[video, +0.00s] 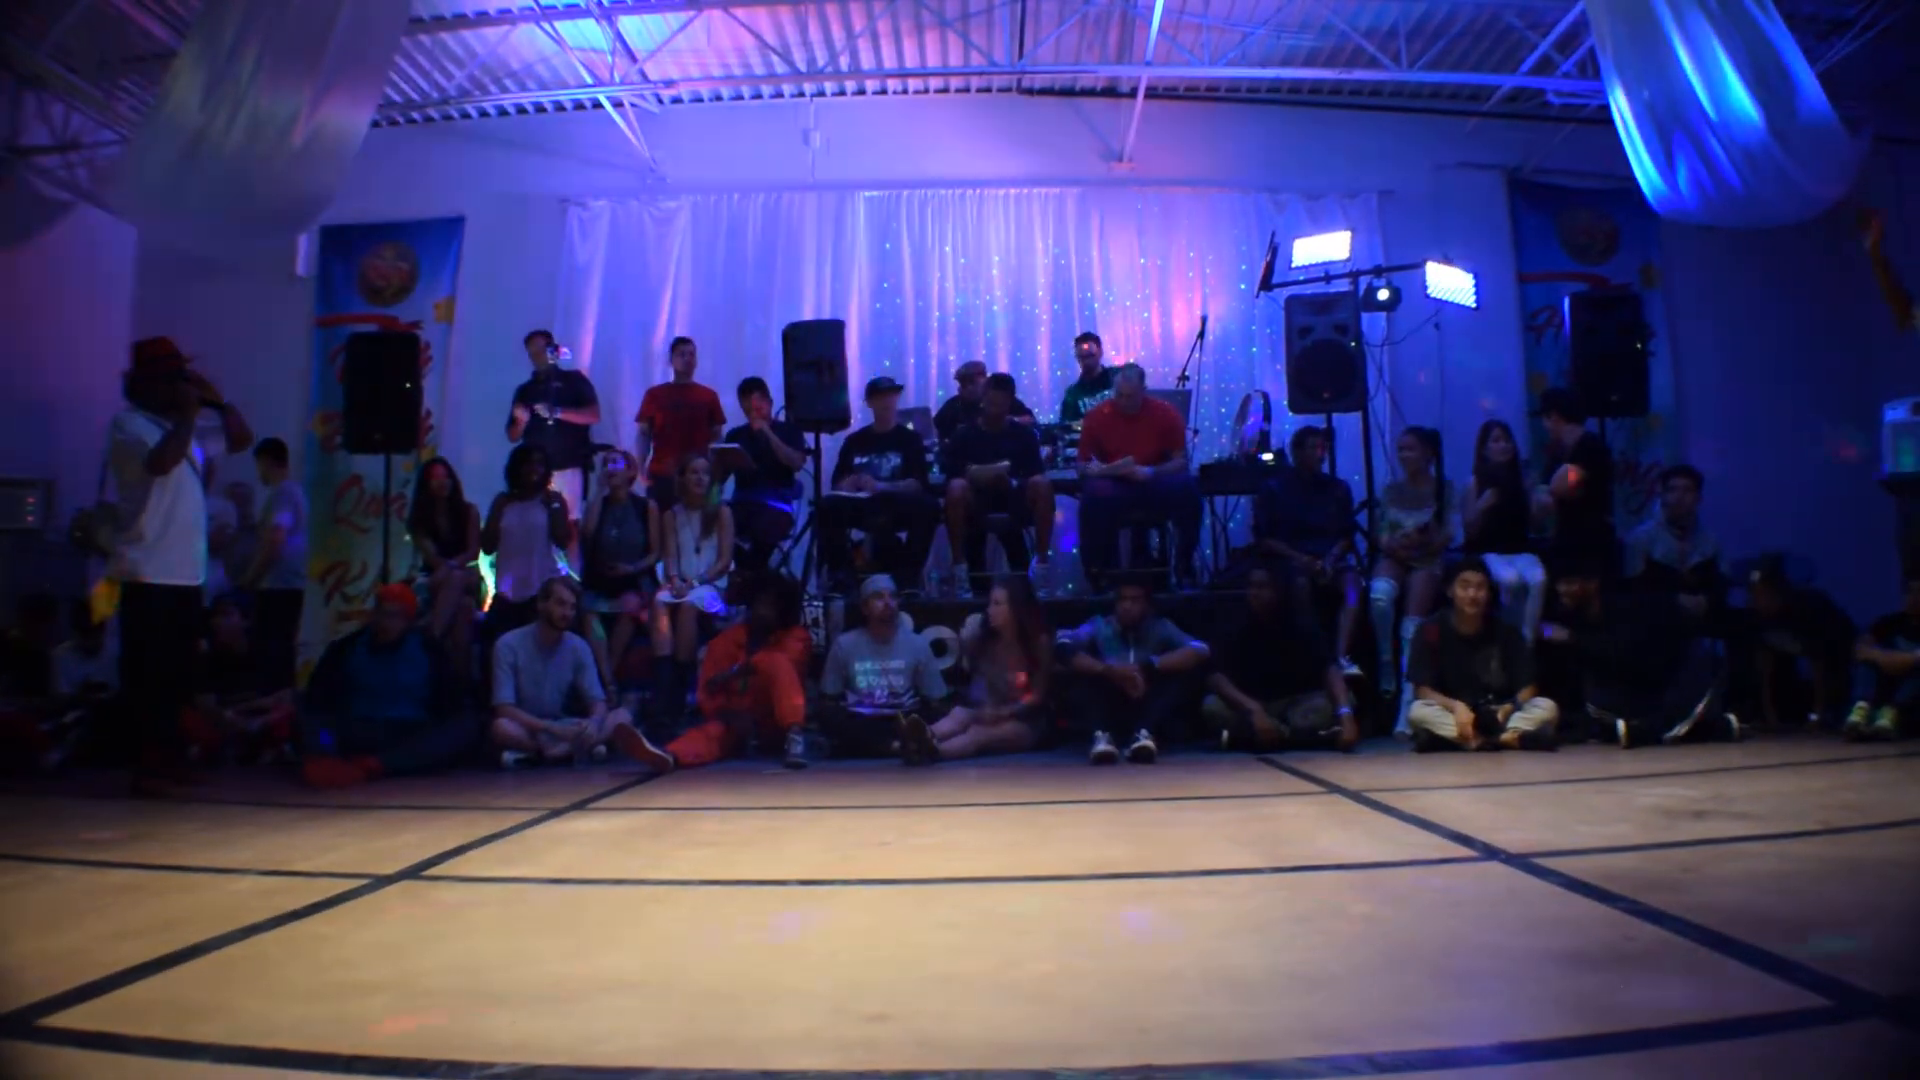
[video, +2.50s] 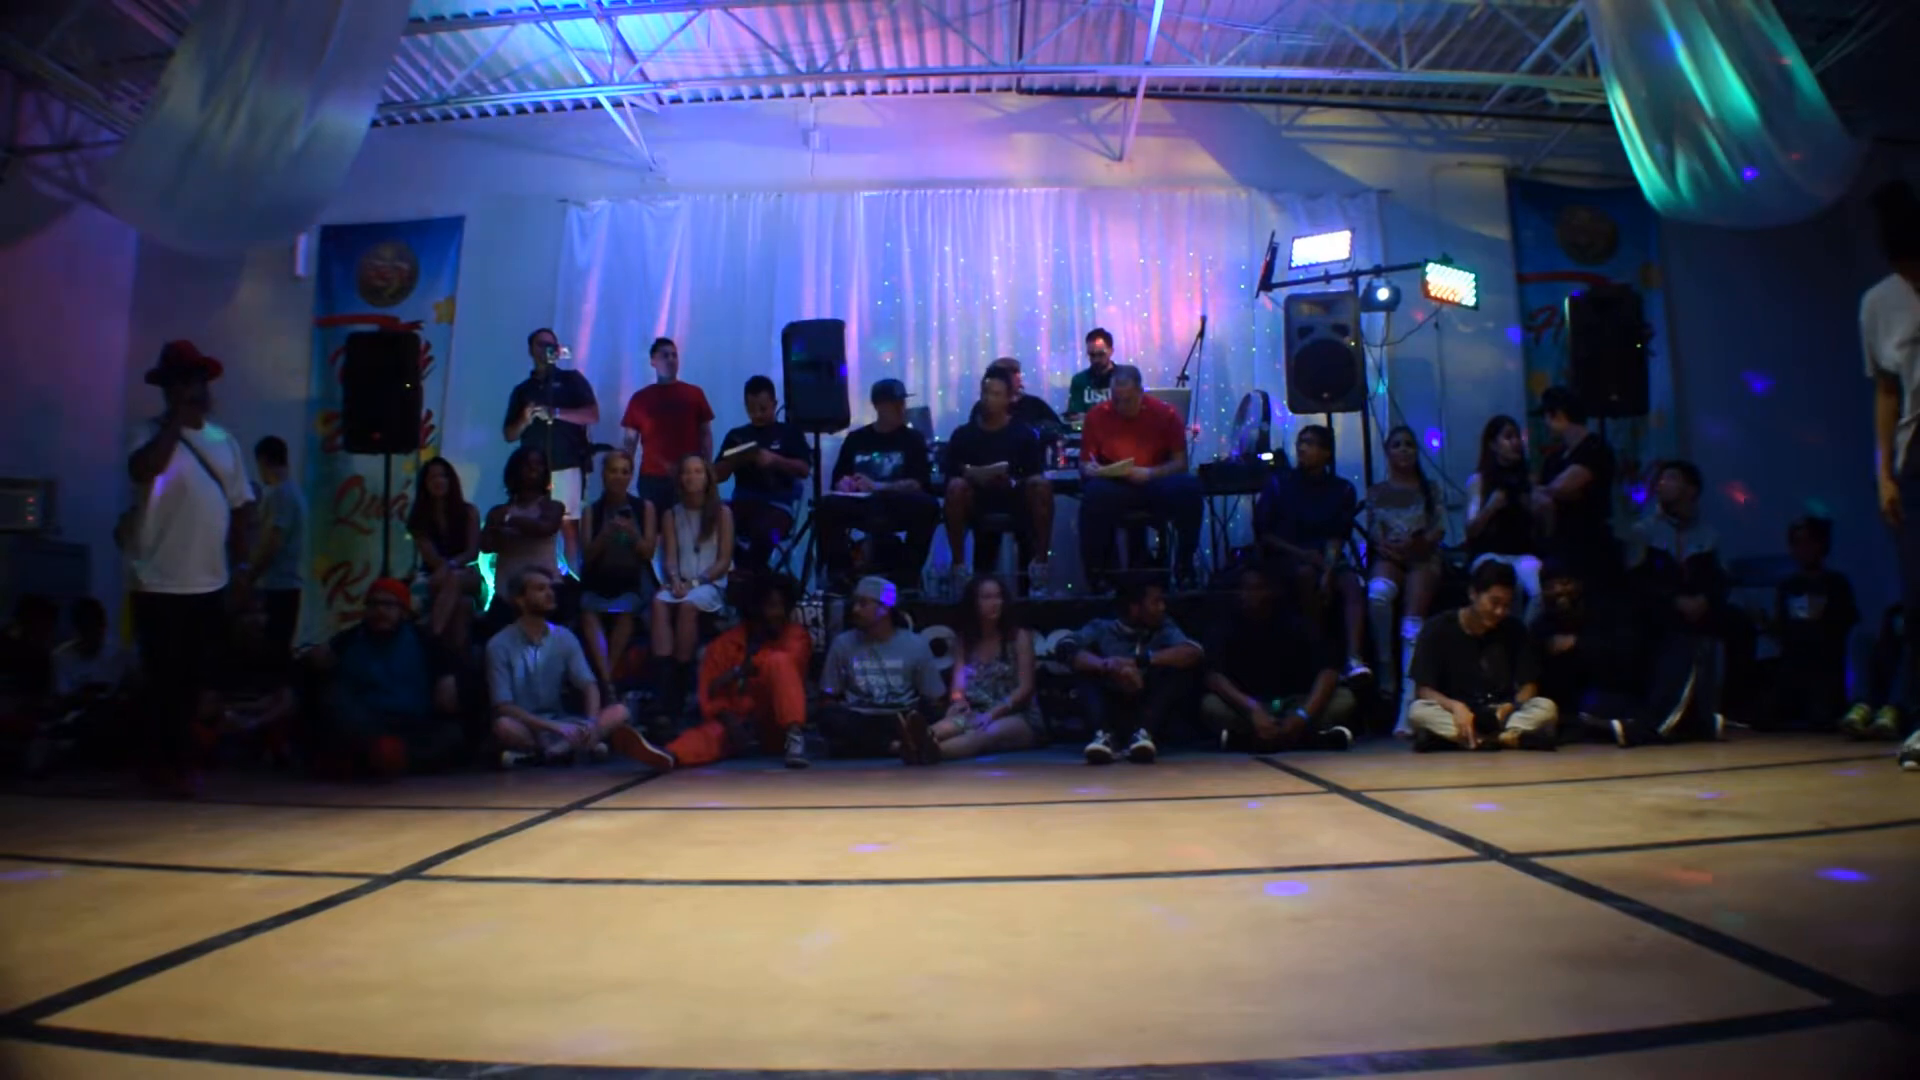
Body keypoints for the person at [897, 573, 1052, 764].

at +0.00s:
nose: (990, 610)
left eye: (998, 604)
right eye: (990, 604)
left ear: (1017, 607)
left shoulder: (1036, 644)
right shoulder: (986, 643)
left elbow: (1037, 696)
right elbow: (977, 685)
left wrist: (999, 713)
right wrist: (985, 708)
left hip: (1027, 718)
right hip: (994, 712)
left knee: (979, 734)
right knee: (960, 715)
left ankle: (931, 752)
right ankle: (922, 735)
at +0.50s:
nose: (992, 619)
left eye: (996, 612)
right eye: (991, 612)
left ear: (1014, 611)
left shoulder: (1038, 646)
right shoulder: (989, 634)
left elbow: (1040, 699)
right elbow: (967, 629)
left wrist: (998, 715)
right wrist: (969, 677)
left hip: (1021, 717)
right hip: (986, 707)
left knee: (980, 733)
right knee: (957, 715)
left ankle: (933, 752)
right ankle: (921, 737)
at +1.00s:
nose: (992, 618)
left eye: (996, 611)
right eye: (990, 612)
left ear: (1013, 612)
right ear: (990, 612)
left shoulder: (1035, 644)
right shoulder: (990, 630)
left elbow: (1037, 696)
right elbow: (961, 623)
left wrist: (993, 712)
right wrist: (965, 665)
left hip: (1017, 716)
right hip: (982, 707)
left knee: (981, 733)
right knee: (957, 716)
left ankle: (931, 752)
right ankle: (920, 737)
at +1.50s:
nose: (983, 618)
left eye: (988, 612)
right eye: (983, 612)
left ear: (1007, 612)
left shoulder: (1030, 638)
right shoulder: (979, 627)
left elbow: (1036, 690)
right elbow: (959, 647)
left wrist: (996, 714)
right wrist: (954, 684)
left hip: (1021, 713)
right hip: (985, 704)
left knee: (979, 736)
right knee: (961, 715)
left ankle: (934, 752)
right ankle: (922, 738)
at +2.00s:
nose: (983, 609)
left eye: (989, 603)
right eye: (978, 603)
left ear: (1000, 605)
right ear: (969, 607)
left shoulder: (1018, 638)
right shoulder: (966, 639)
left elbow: (1028, 688)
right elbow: (954, 682)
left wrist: (995, 714)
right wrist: (958, 698)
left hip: (1011, 711)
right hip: (975, 708)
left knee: (979, 736)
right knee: (957, 722)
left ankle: (935, 752)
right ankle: (922, 737)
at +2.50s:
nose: (993, 603)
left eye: (997, 597)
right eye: (986, 597)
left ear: (1004, 601)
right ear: (974, 602)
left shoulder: (1019, 637)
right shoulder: (966, 640)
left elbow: (1026, 687)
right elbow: (957, 688)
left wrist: (990, 715)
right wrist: (960, 701)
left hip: (1010, 708)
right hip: (974, 708)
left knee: (991, 734)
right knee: (947, 726)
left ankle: (934, 752)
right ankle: (917, 741)